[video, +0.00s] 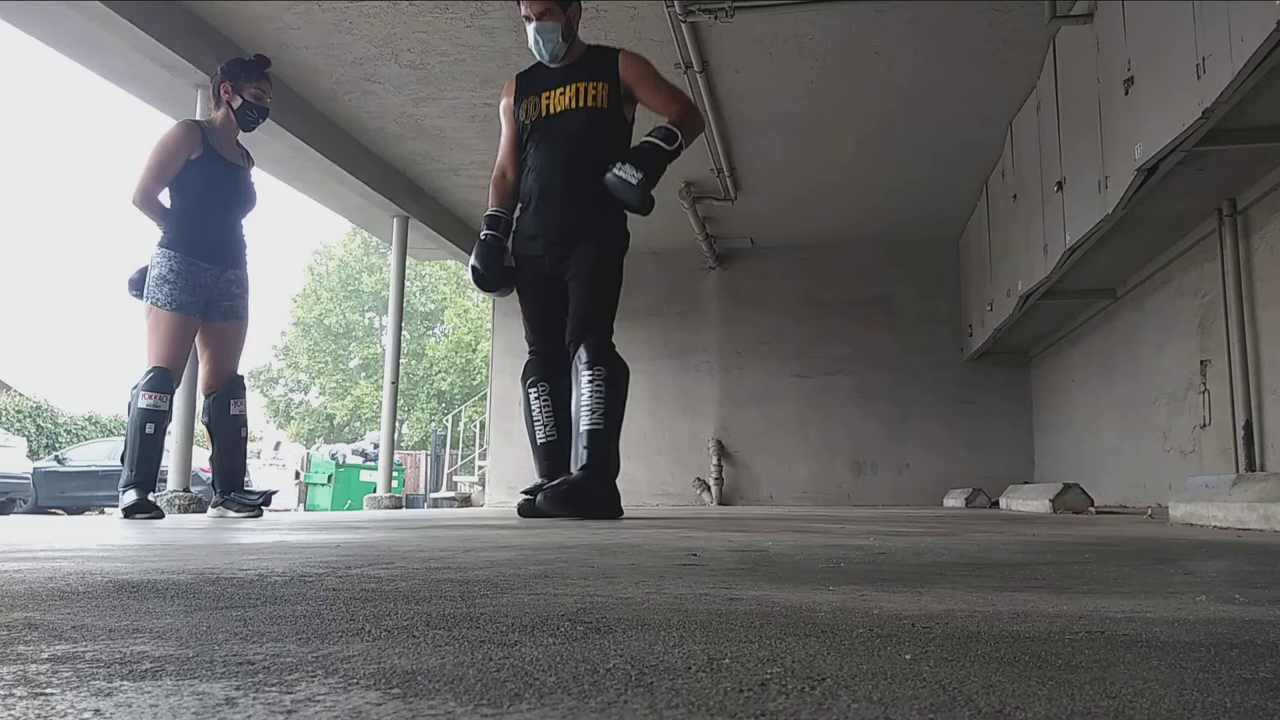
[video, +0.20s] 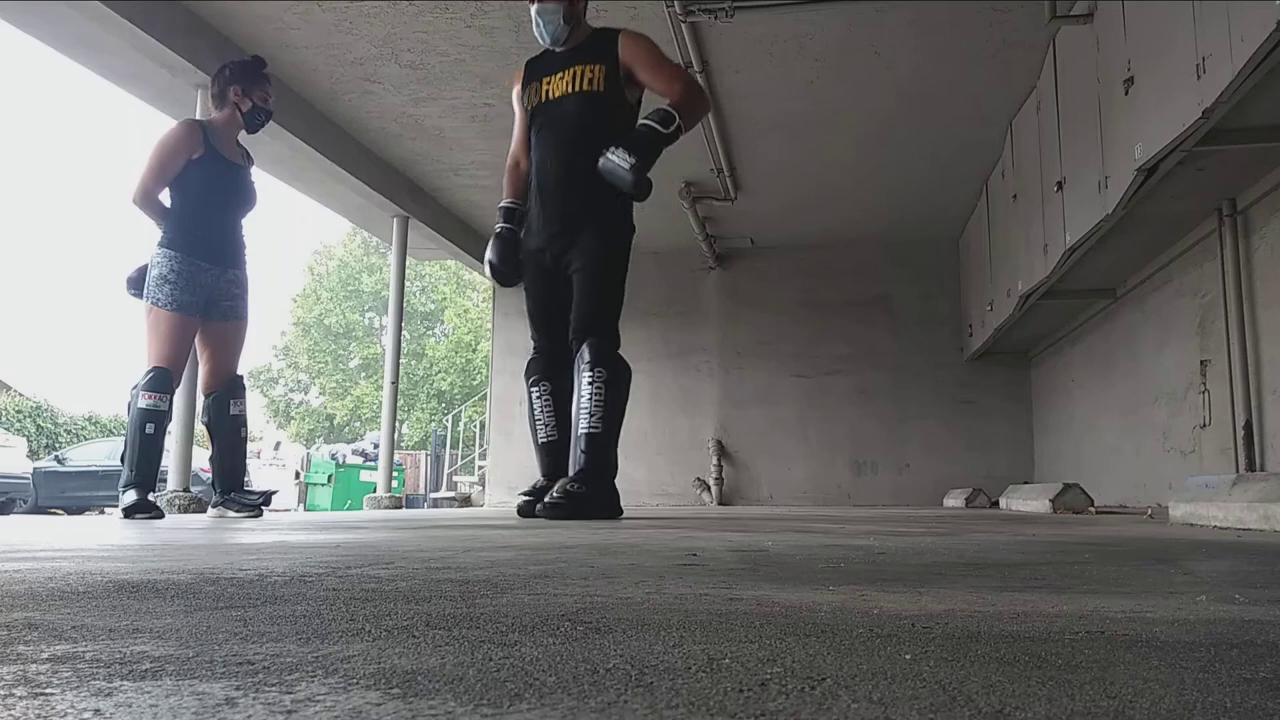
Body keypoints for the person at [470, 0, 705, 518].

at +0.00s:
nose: (536, 27)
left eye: (546, 15)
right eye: (528, 18)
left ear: (575, 14)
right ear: (523, 24)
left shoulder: (618, 65)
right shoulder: (516, 90)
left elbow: (688, 115)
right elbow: (505, 171)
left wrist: (653, 152)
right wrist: (493, 232)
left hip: (594, 232)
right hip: (533, 239)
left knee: (589, 344)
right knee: (543, 356)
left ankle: (596, 483)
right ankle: (556, 482)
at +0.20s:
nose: (544, 12)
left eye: (555, 3)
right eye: (538, 6)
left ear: (580, 4)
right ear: (532, 13)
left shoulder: (622, 46)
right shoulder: (526, 77)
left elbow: (692, 95)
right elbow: (519, 158)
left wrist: (648, 135)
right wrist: (508, 222)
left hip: (598, 224)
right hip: (540, 230)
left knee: (593, 346)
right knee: (547, 353)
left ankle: (595, 484)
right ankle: (555, 479)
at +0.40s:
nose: (539, 9)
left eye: (546, 1)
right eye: (535, 6)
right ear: (537, 14)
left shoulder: (618, 27)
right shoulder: (544, 65)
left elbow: (683, 73)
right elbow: (543, 145)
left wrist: (630, 128)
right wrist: (532, 217)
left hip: (606, 217)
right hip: (557, 224)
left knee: (601, 345)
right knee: (547, 349)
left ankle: (596, 484)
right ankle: (561, 476)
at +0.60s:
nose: (545, 8)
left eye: (551, 1)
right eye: (544, 6)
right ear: (563, 13)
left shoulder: (608, 20)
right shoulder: (567, 58)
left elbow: (666, 61)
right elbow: (567, 148)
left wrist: (615, 112)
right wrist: (552, 226)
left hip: (604, 211)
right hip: (571, 220)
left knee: (596, 343)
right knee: (564, 348)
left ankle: (596, 486)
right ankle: (577, 475)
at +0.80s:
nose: (553, 18)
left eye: (555, 11)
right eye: (553, 15)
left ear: (572, 5)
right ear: (573, 15)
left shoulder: (602, 21)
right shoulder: (581, 50)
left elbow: (646, 58)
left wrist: (593, 118)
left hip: (599, 209)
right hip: (580, 215)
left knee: (590, 343)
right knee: (581, 346)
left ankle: (591, 485)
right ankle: (618, 480)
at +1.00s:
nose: (549, 10)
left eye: (554, 2)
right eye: (549, 4)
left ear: (584, 1)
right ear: (586, 7)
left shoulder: (604, 28)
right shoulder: (590, 46)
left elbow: (641, 63)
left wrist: (597, 118)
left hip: (599, 217)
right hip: (593, 219)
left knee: (587, 345)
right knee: (607, 347)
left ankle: (590, 485)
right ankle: (621, 483)